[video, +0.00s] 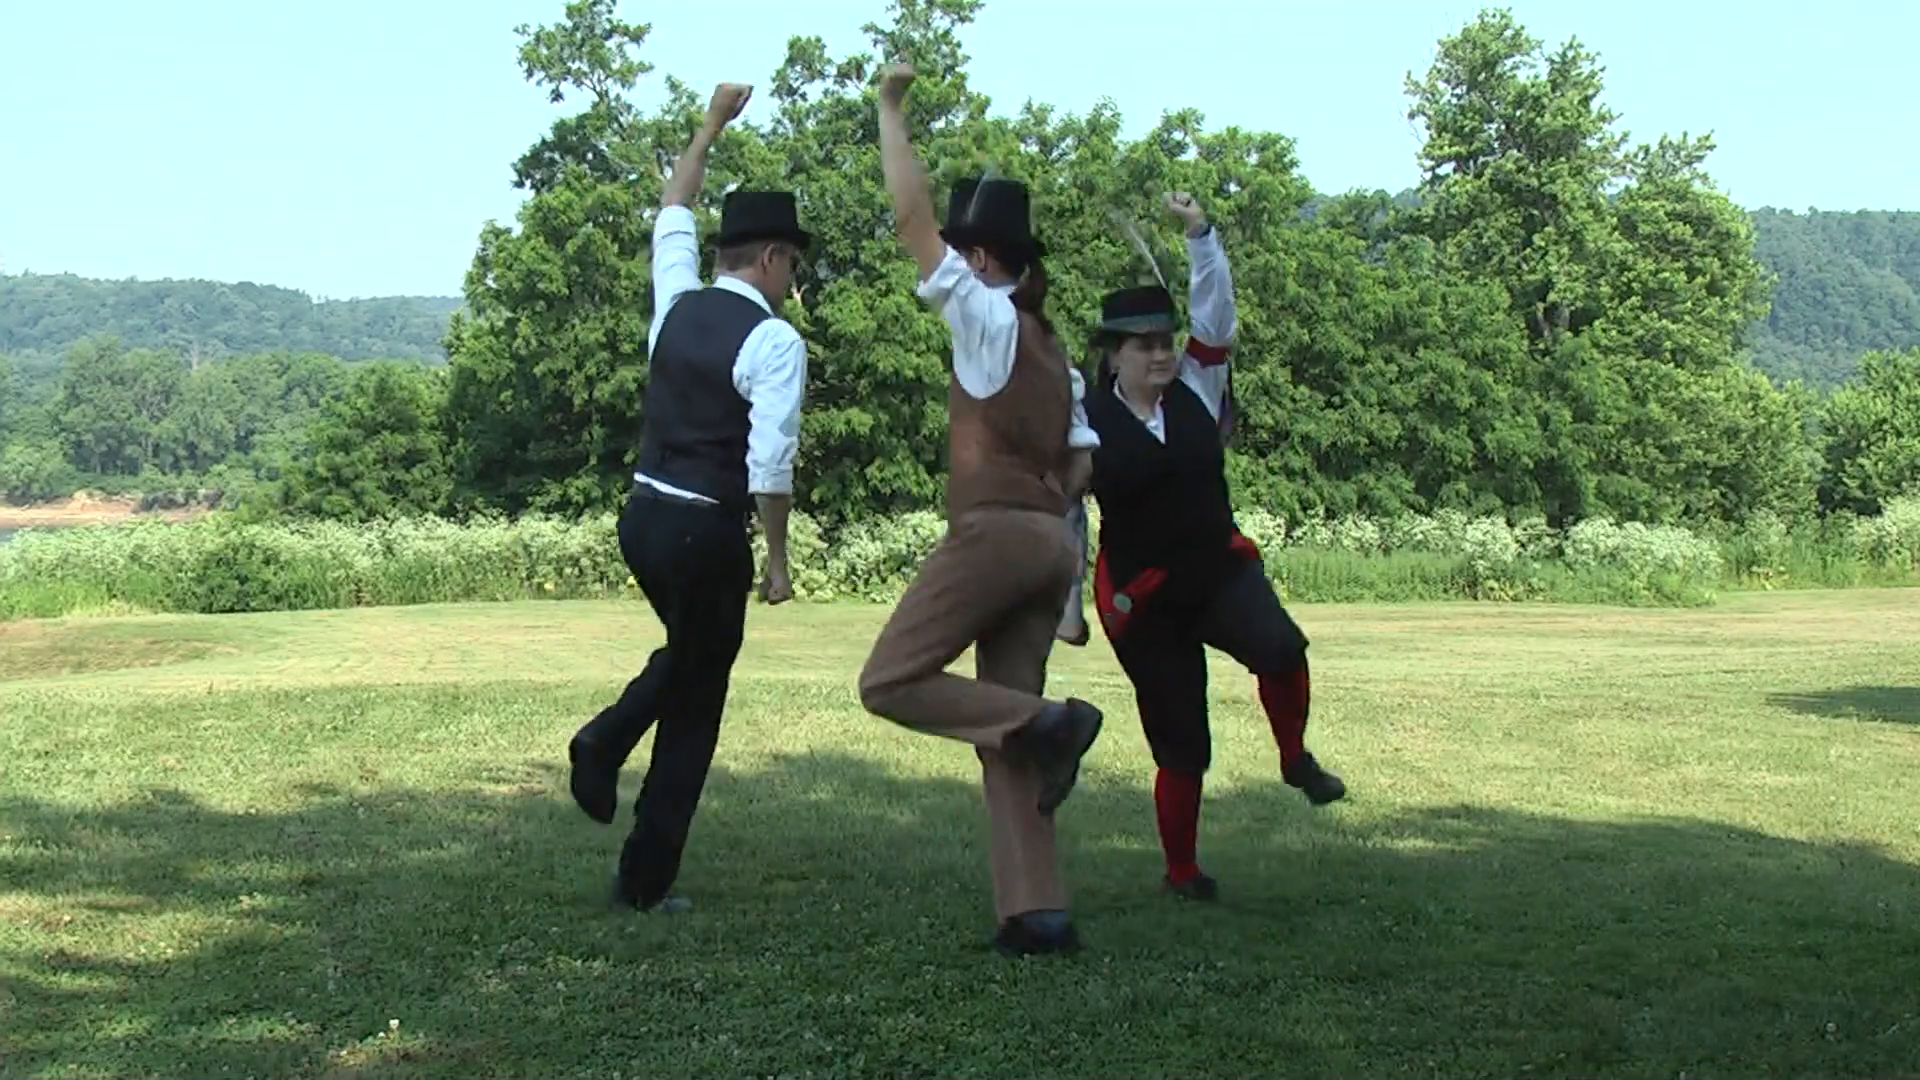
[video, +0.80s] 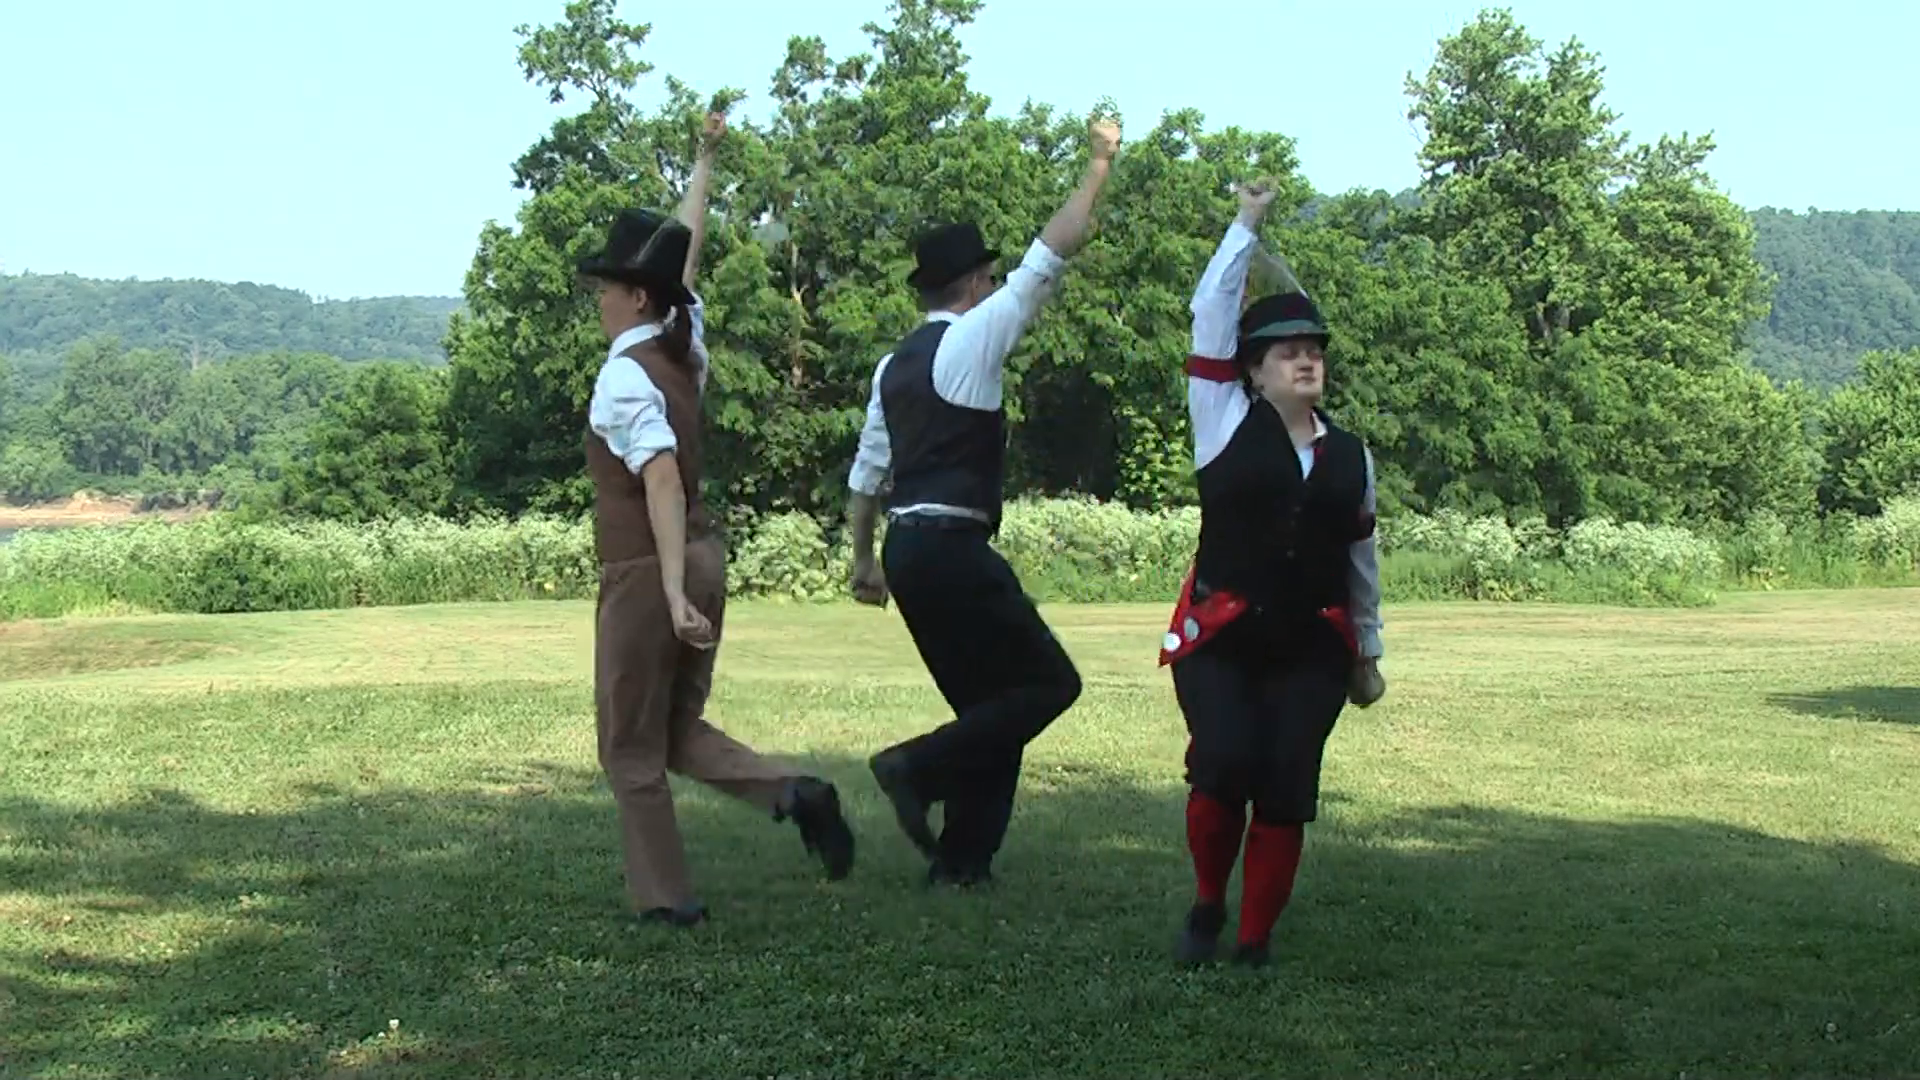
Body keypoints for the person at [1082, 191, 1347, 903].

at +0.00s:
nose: (1158, 354)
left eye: (1164, 343)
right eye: (1144, 344)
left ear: (1174, 348)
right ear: (1113, 351)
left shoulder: (1198, 388)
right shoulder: (1086, 418)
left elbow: (1214, 320)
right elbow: (1066, 509)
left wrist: (1202, 235)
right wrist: (1067, 602)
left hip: (1221, 571)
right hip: (1144, 592)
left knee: (1285, 653)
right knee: (1183, 746)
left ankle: (1292, 757)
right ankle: (1182, 871)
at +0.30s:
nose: (1198, 376)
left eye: (1207, 366)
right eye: (1182, 366)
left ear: (1217, 374)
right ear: (1149, 377)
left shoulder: (1243, 423)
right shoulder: (1119, 470)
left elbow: (1324, 381)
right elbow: (1117, 564)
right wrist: (1096, 618)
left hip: (1263, 618)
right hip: (1180, 634)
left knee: (1240, 733)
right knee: (1205, 771)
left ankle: (1284, 818)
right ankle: (1234, 899)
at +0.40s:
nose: (1215, 386)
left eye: (1222, 375)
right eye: (1199, 376)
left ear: (1232, 386)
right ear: (1163, 391)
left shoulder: (1262, 439)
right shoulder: (1134, 476)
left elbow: (1345, 427)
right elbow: (1084, 551)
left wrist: (1366, 374)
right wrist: (1053, 522)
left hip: (1273, 625)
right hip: (1187, 641)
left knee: (1239, 717)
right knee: (1201, 786)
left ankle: (1276, 846)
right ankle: (1233, 901)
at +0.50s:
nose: (1237, 362)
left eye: (1245, 350)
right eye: (1221, 352)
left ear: (1256, 359)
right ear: (1187, 366)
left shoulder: (1284, 415)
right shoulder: (1148, 432)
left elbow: (1366, 417)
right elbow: (1051, 430)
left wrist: (1445, 420)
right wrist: (1057, 360)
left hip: (1280, 606)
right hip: (1194, 617)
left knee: (1259, 694)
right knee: (1213, 760)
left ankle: (1268, 852)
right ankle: (1231, 890)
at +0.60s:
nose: (1251, 344)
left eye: (1260, 333)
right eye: (1235, 334)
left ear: (1271, 343)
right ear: (1201, 346)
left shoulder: (1305, 410)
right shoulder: (1172, 400)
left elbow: (1367, 481)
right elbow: (1120, 323)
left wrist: (1434, 538)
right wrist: (1082, 231)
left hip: (1289, 598)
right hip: (1200, 600)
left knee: (1273, 730)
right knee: (1206, 751)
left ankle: (1263, 888)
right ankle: (1217, 860)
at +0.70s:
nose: (1278, 356)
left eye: (1286, 345)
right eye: (1261, 347)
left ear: (1297, 357)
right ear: (1226, 360)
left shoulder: (1327, 442)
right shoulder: (1195, 416)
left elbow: (1351, 545)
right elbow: (1165, 314)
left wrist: (1356, 634)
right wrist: (1186, 224)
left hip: (1299, 626)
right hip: (1207, 622)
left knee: (1268, 773)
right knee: (1187, 783)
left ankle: (1257, 939)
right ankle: (1213, 871)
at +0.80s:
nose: (1307, 363)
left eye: (1314, 353)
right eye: (1291, 354)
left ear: (1326, 368)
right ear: (1254, 368)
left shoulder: (1349, 455)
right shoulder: (1224, 419)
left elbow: (1362, 562)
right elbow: (1211, 318)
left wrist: (1368, 650)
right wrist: (1244, 227)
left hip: (1310, 644)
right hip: (1217, 636)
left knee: (1287, 784)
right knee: (1224, 763)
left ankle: (1253, 944)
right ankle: (1207, 904)